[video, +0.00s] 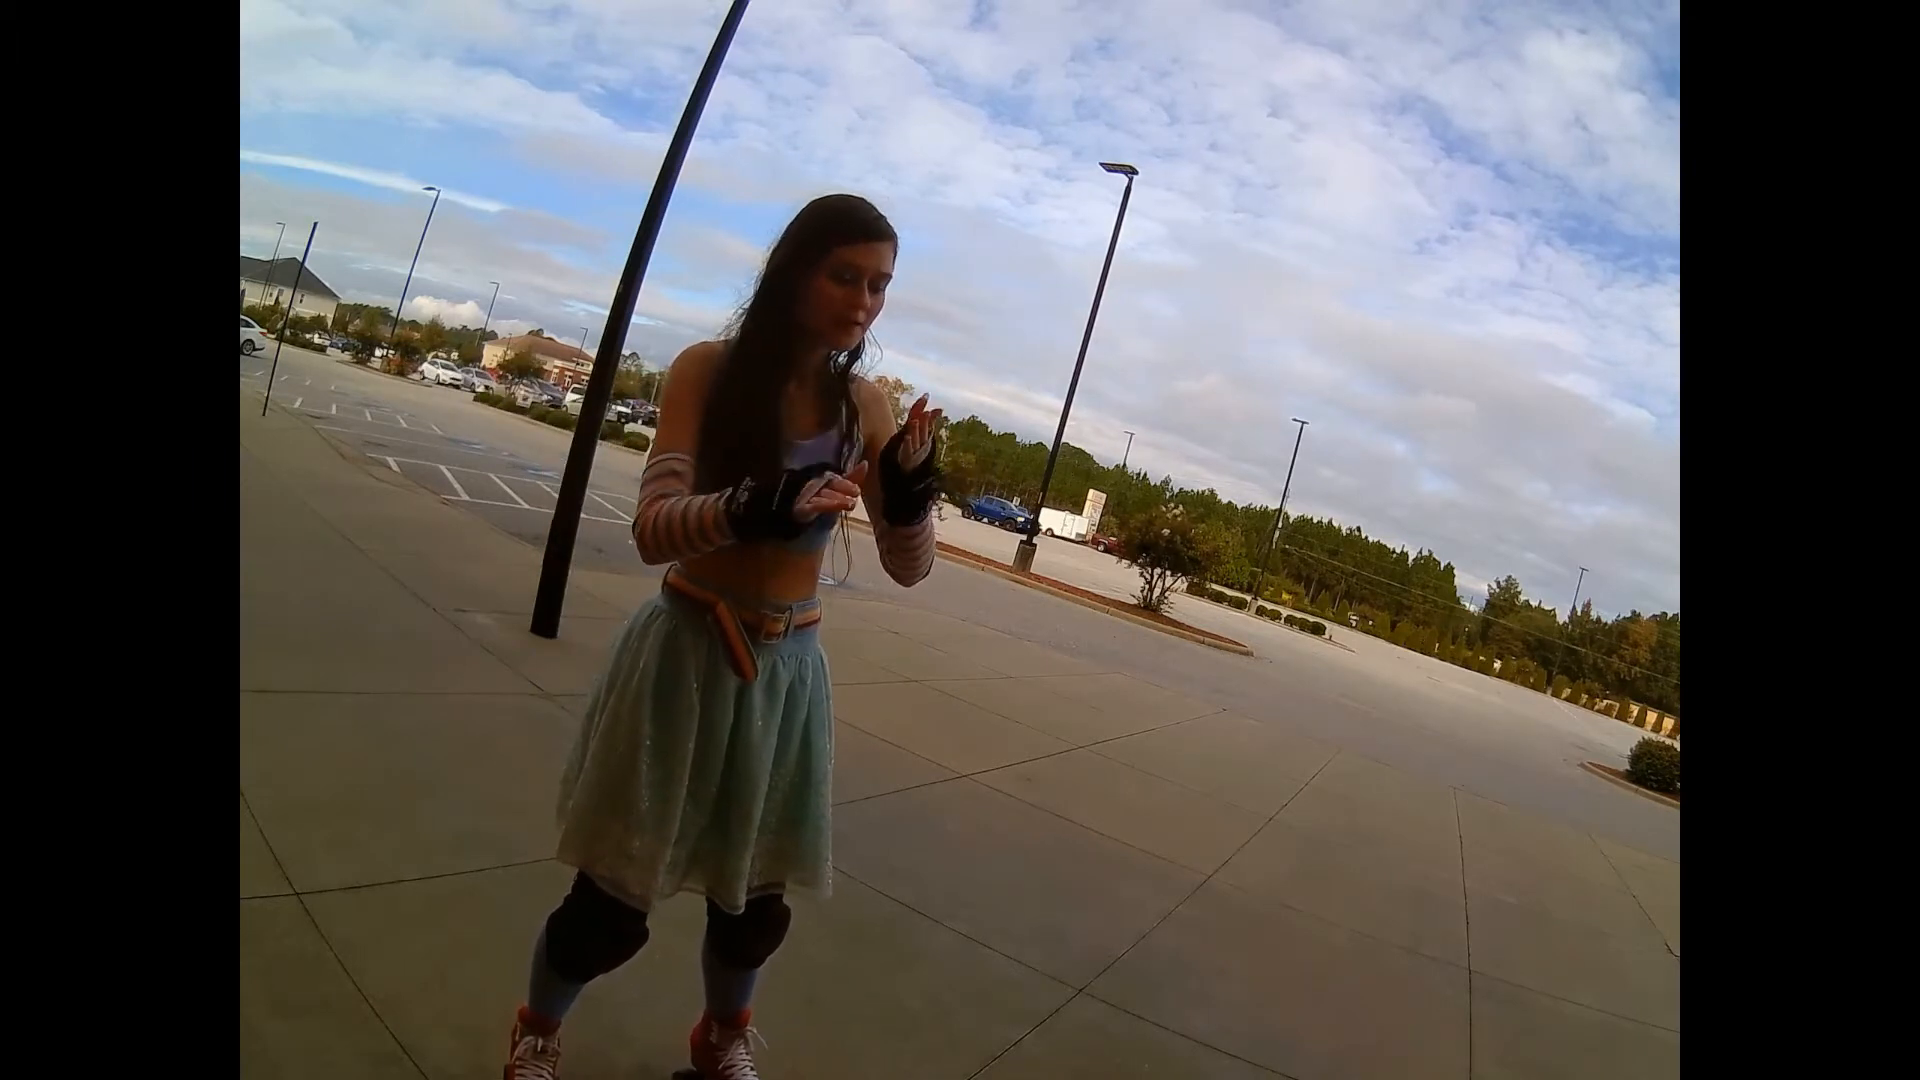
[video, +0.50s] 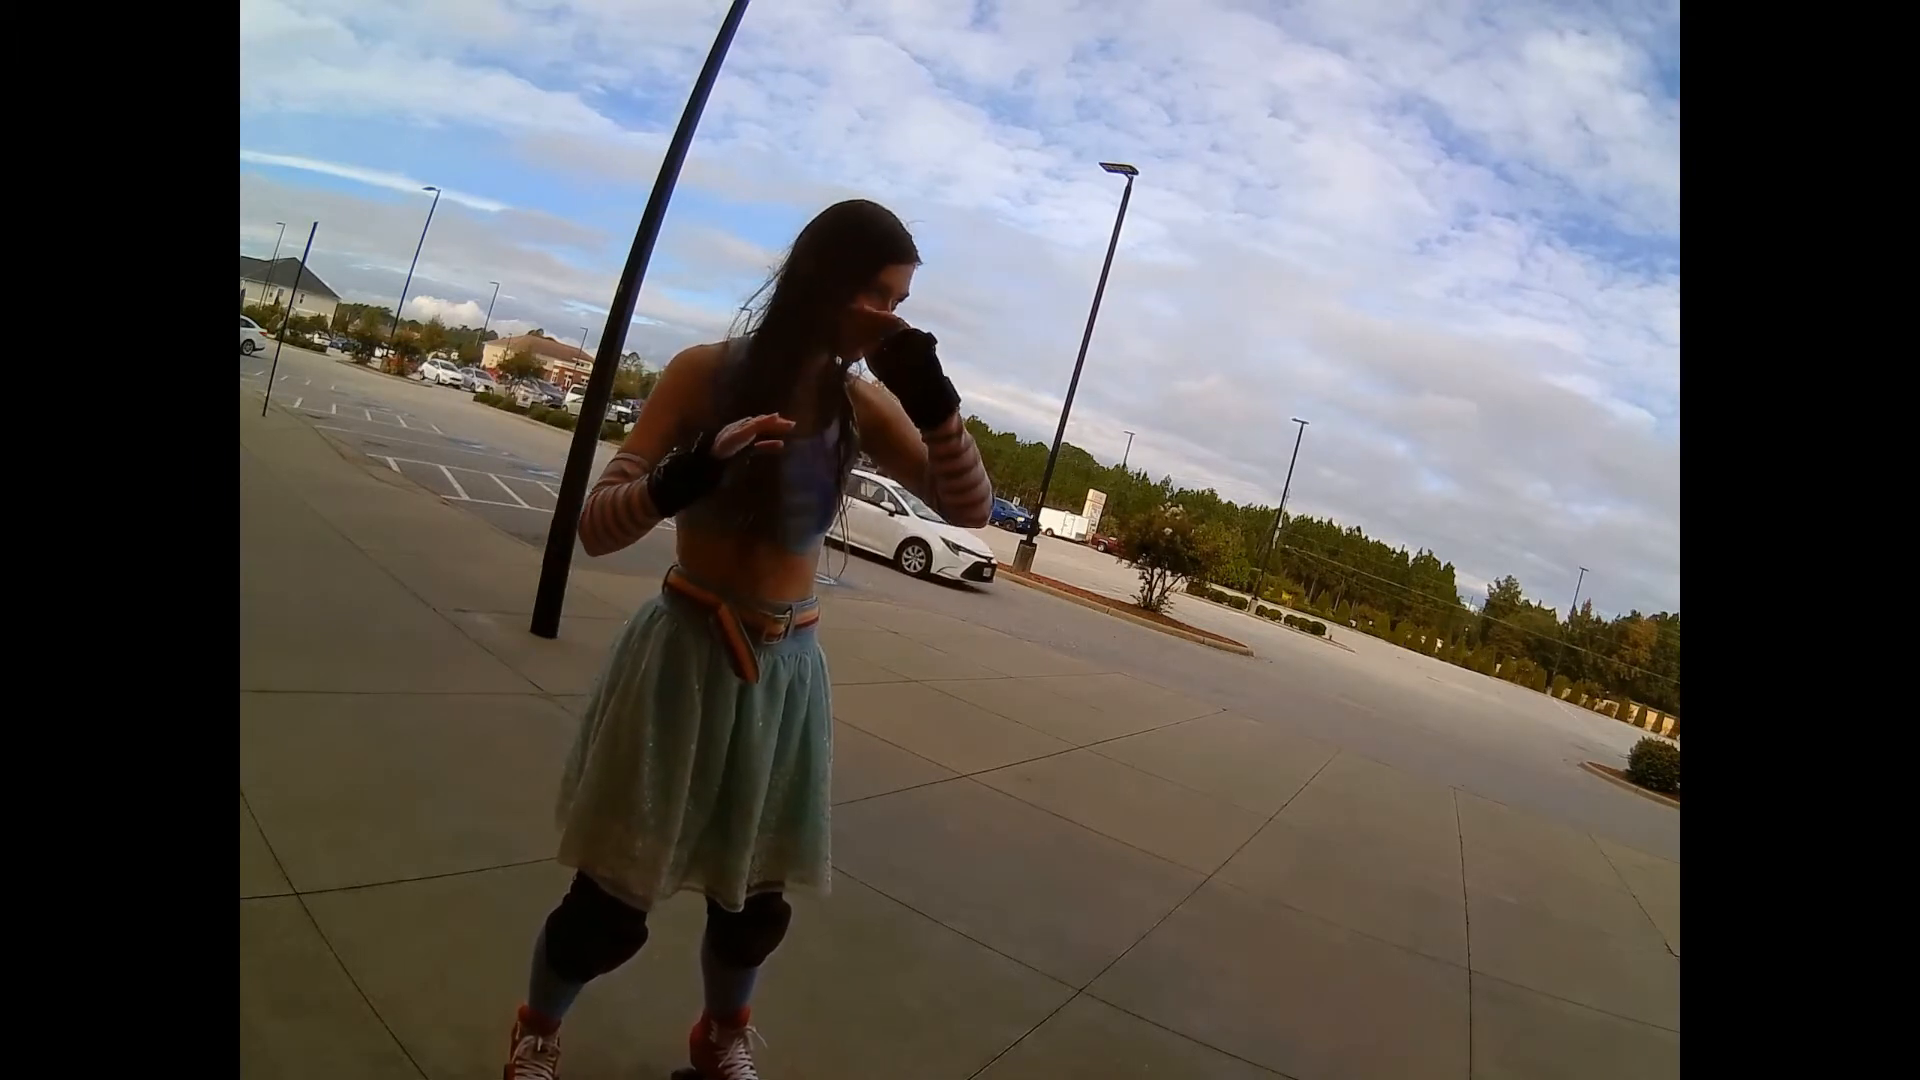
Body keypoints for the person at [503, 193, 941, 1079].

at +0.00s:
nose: (866, 302)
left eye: (880, 286)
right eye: (848, 279)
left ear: (886, 295)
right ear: (794, 274)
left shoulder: (871, 406)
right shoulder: (707, 372)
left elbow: (908, 567)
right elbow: (654, 525)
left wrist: (910, 482)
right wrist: (765, 508)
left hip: (789, 669)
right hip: (686, 651)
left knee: (757, 904)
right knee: (614, 905)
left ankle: (722, 1037)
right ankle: (536, 1034)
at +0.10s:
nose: (876, 300)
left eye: (888, 284)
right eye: (859, 277)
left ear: (891, 295)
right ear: (802, 272)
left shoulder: (866, 405)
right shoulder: (709, 372)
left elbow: (915, 559)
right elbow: (645, 531)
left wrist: (926, 472)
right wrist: (734, 507)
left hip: (788, 667)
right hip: (686, 650)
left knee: (757, 905)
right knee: (615, 904)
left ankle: (722, 1037)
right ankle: (536, 1034)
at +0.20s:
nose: (882, 308)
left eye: (894, 292)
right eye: (868, 284)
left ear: (893, 299)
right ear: (811, 275)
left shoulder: (863, 403)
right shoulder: (709, 374)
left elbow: (934, 543)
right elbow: (630, 531)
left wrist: (934, 432)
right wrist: (724, 499)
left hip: (787, 663)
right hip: (686, 648)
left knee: (755, 903)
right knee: (615, 903)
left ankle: (722, 1039)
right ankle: (536, 1037)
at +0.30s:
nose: (887, 315)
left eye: (898, 297)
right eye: (875, 290)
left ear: (892, 309)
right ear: (818, 279)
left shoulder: (859, 399)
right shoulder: (707, 375)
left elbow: (951, 525)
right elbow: (619, 530)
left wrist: (932, 411)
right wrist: (719, 486)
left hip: (788, 663)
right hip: (684, 649)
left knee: (754, 907)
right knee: (611, 909)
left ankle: (721, 1040)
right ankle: (536, 1037)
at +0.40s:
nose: (887, 319)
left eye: (898, 302)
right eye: (877, 295)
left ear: (893, 310)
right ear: (822, 281)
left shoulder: (856, 398)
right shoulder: (706, 376)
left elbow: (964, 512)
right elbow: (608, 530)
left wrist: (932, 391)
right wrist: (716, 468)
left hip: (788, 662)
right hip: (684, 647)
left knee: (754, 907)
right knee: (610, 909)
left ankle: (723, 1042)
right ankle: (537, 1037)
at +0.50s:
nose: (893, 318)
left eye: (902, 300)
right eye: (882, 296)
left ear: (894, 307)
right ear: (825, 286)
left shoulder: (857, 399)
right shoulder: (705, 378)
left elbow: (966, 507)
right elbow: (598, 529)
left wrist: (931, 393)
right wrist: (701, 464)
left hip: (788, 665)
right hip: (682, 649)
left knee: (756, 908)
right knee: (611, 909)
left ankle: (724, 1039)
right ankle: (537, 1034)